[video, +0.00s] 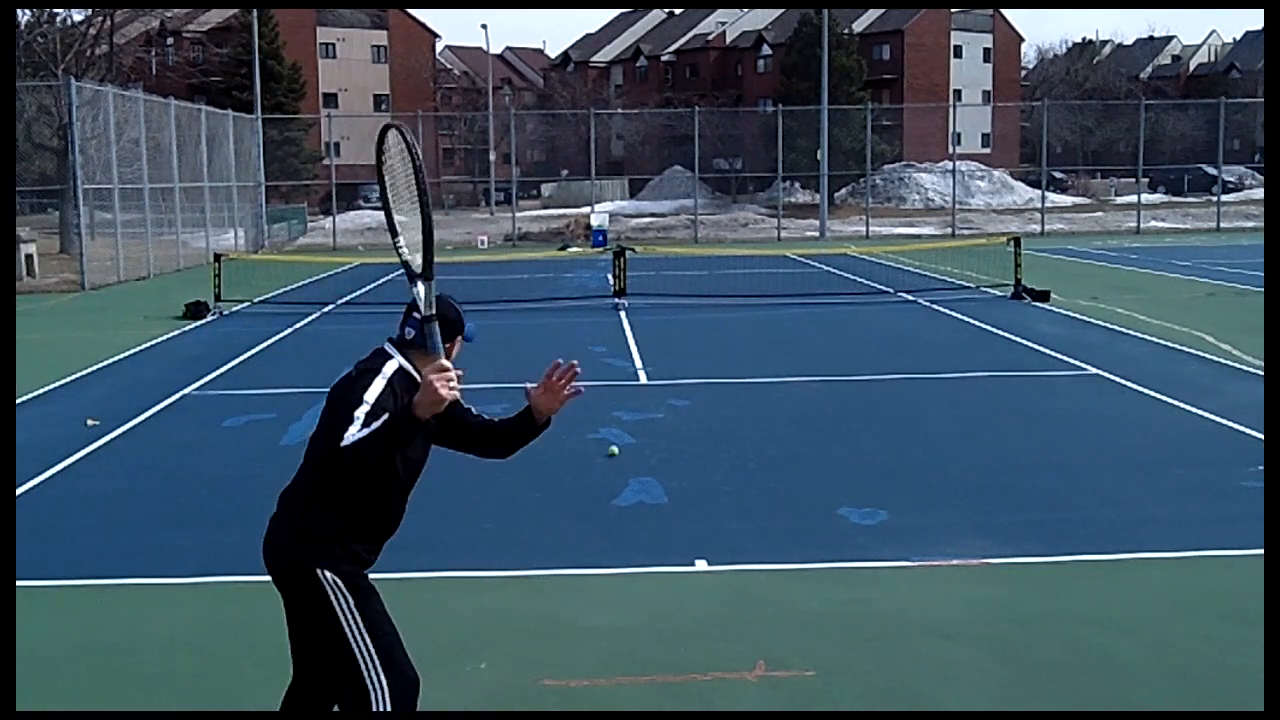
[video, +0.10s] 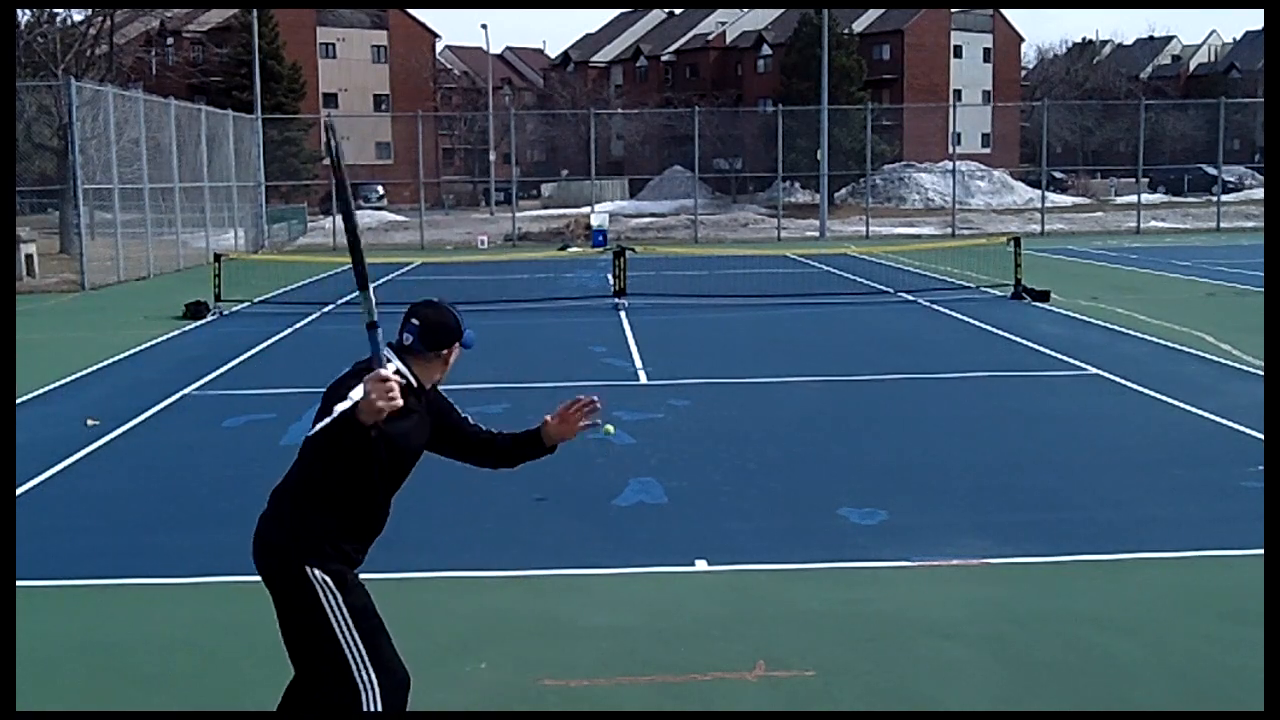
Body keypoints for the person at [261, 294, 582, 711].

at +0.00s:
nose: (457, 355)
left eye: (458, 345)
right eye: (457, 344)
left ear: (412, 335)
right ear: (447, 344)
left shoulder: (419, 390)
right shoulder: (378, 379)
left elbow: (492, 441)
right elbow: (342, 454)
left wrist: (536, 414)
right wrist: (413, 413)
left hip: (334, 553)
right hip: (313, 553)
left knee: (316, 687)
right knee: (391, 686)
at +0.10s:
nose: (456, 357)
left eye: (457, 348)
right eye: (456, 349)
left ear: (408, 339)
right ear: (448, 354)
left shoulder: (426, 404)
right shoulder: (367, 383)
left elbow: (484, 448)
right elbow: (317, 440)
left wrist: (545, 437)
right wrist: (360, 413)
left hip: (327, 553)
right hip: (301, 551)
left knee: (321, 681)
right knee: (382, 684)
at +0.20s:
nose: (455, 364)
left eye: (455, 357)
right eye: (456, 357)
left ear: (409, 347)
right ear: (447, 361)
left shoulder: (420, 411)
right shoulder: (373, 385)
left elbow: (470, 459)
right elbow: (310, 444)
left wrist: (549, 465)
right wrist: (334, 439)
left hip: (318, 553)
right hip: (294, 551)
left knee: (312, 681)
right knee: (379, 681)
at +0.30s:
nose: (456, 368)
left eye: (455, 360)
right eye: (456, 360)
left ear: (407, 352)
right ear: (445, 367)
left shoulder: (399, 404)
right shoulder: (383, 389)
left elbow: (440, 468)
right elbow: (329, 452)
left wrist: (518, 490)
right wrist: (346, 490)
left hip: (276, 549)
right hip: (301, 554)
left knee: (307, 677)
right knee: (384, 682)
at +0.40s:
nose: (441, 356)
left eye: (442, 348)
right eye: (442, 349)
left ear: (392, 337)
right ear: (431, 353)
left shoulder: (349, 370)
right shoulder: (388, 384)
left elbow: (371, 465)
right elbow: (357, 477)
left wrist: (441, 477)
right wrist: (406, 544)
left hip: (267, 537)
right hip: (312, 547)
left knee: (294, 675)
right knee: (388, 680)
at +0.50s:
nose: (414, 324)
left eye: (417, 317)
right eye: (415, 317)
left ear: (366, 297)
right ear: (403, 312)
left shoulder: (294, 337)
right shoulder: (392, 344)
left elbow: (297, 428)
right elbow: (393, 448)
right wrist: (438, 486)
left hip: (272, 511)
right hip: (340, 519)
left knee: (278, 652)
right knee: (374, 662)